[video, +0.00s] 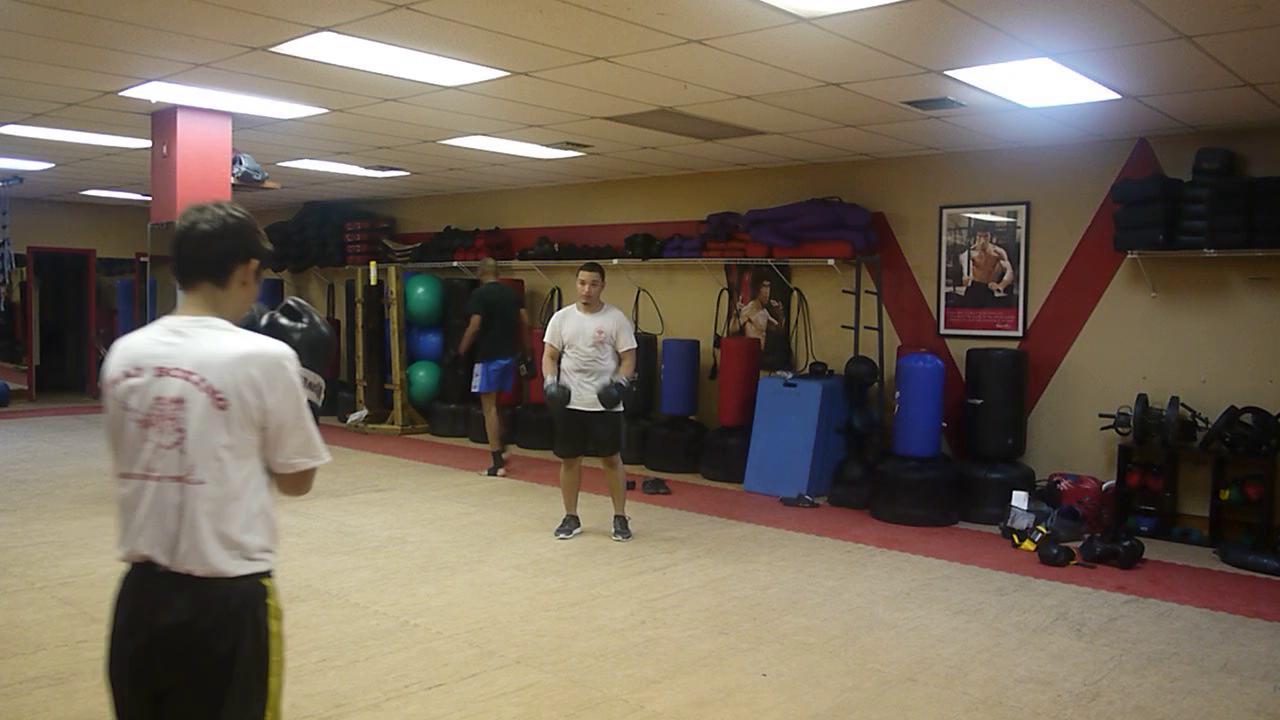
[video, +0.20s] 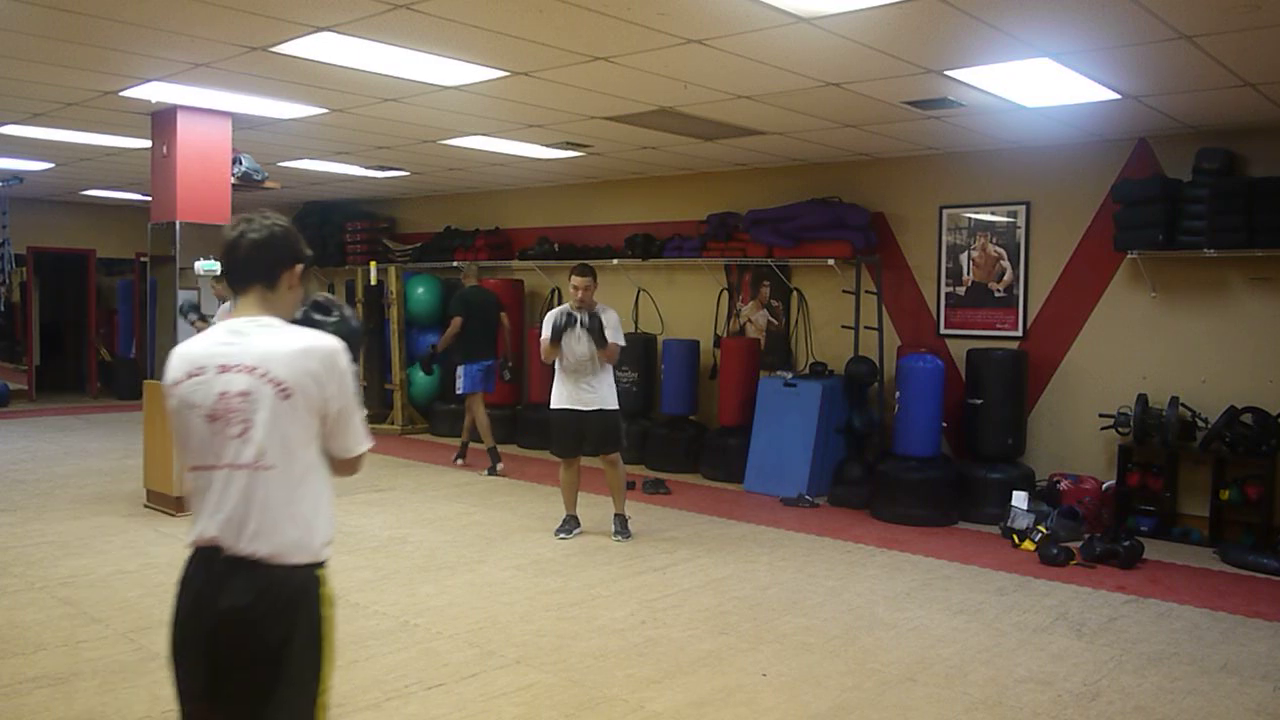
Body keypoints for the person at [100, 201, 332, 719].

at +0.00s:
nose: (257, 290)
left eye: (260, 277)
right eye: (258, 276)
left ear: (180, 269)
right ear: (244, 273)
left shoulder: (123, 355)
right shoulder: (264, 358)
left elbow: (130, 461)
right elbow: (297, 480)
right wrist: (292, 381)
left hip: (142, 600)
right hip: (232, 609)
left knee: (143, 713)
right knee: (236, 712)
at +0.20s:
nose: (303, 288)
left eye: (304, 276)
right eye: (303, 276)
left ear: (226, 281)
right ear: (292, 276)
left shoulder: (182, 359)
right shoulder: (321, 354)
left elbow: (195, 473)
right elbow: (349, 461)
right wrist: (342, 362)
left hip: (204, 584)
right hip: (287, 592)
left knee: (203, 711)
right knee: (288, 710)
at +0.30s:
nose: (323, 281)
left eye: (324, 271)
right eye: (324, 270)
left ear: (254, 272)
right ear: (315, 269)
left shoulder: (209, 351)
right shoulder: (345, 345)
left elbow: (227, 447)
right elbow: (366, 447)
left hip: (228, 570)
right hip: (311, 579)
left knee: (227, 710)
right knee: (317, 710)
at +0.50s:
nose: (374, 277)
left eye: (372, 267)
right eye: (373, 267)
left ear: (302, 272)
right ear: (366, 268)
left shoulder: (260, 343)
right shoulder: (392, 342)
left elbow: (266, 432)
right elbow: (399, 441)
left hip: (271, 554)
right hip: (356, 560)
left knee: (299, 707)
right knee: (394, 702)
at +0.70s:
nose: (427, 281)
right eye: (426, 272)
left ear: (358, 273)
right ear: (421, 273)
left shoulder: (315, 340)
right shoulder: (444, 342)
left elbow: (319, 432)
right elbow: (445, 448)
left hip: (323, 548)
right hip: (407, 551)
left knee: (332, 701)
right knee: (438, 690)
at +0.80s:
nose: (453, 277)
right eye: (453, 269)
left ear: (388, 273)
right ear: (447, 272)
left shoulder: (346, 339)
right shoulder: (475, 341)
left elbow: (336, 431)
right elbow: (483, 448)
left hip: (358, 545)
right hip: (440, 548)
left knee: (361, 694)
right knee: (459, 691)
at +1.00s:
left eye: (432, 271)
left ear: (433, 277)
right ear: (494, 277)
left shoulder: (398, 338)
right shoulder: (523, 341)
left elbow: (387, 435)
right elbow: (546, 443)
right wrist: (488, 425)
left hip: (414, 539)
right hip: (493, 541)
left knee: (408, 673)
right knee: (483, 685)